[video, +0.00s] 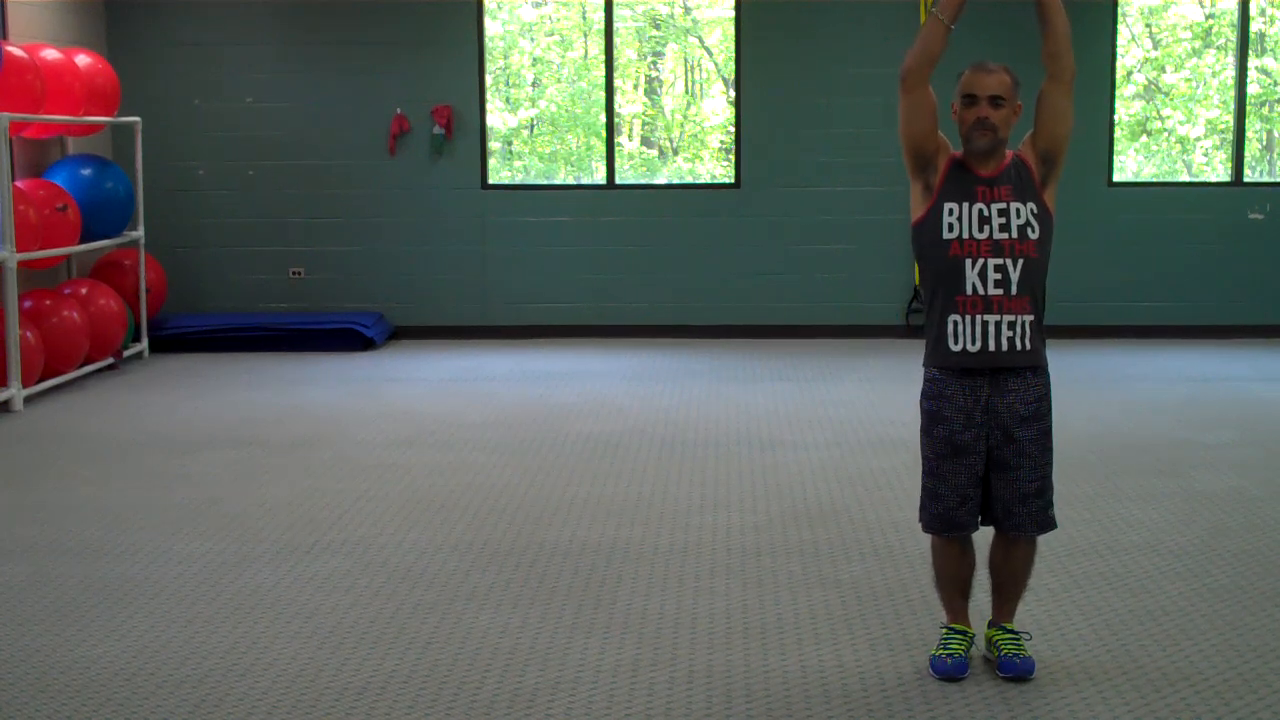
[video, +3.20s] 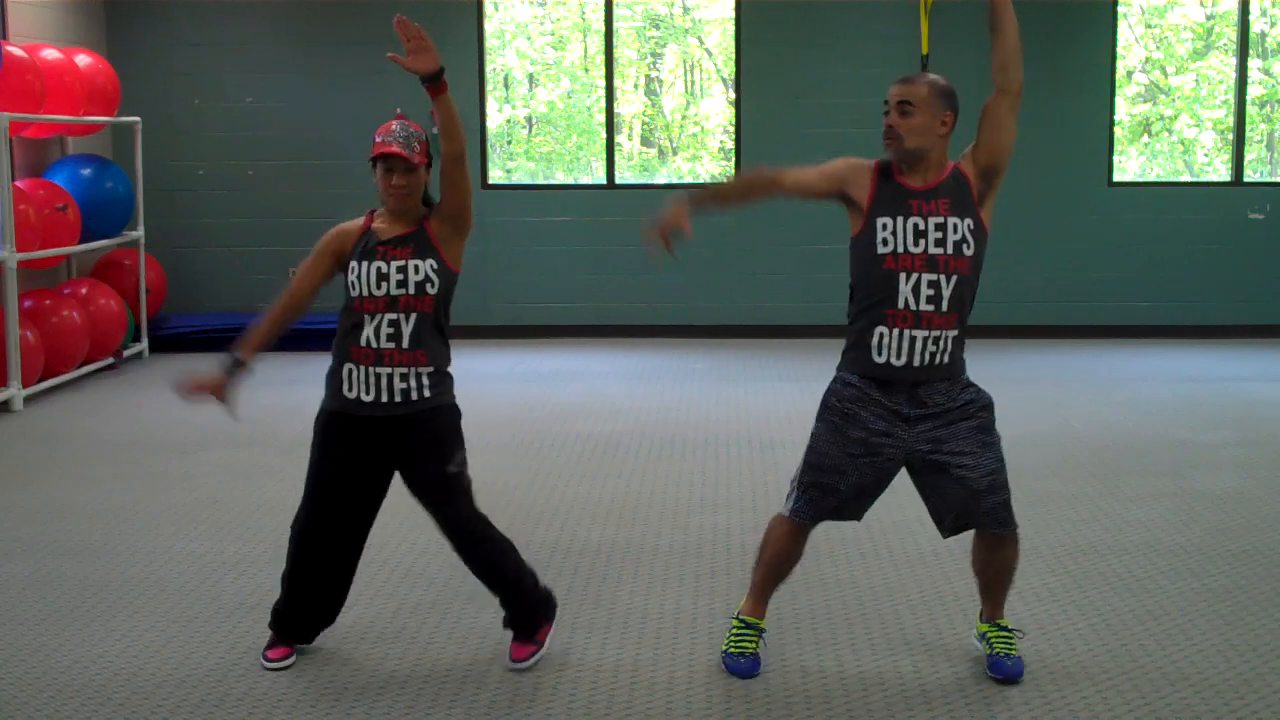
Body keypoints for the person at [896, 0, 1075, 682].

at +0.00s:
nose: (983, 112)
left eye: (997, 102)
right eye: (972, 101)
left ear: (1017, 113)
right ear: (955, 111)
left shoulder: (1036, 172)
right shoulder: (932, 173)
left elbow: (1061, 73)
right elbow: (912, 77)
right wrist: (949, 6)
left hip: (1021, 382)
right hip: (951, 382)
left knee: (1019, 518)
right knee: (949, 518)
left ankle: (1004, 628)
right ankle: (955, 629)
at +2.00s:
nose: (985, 107)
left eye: (997, 97)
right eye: (972, 97)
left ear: (1014, 108)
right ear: (952, 108)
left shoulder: (1034, 171)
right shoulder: (929, 172)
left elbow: (1052, 75)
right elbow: (922, 74)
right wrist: (953, 5)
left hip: (1019, 381)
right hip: (950, 382)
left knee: (1018, 517)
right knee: (949, 518)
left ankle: (1004, 628)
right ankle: (956, 628)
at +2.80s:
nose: (965, 126)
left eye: (978, 116)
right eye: (953, 115)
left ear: (996, 132)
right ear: (935, 131)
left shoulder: (1020, 189)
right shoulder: (918, 190)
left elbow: (1050, 95)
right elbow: (887, 101)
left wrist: (1028, 6)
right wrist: (915, 16)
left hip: (1014, 403)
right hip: (937, 403)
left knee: (1024, 540)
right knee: (932, 527)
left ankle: (995, 629)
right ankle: (920, 616)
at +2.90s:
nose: (945, 125)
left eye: (960, 112)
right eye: (937, 113)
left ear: (991, 121)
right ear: (925, 124)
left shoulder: (1013, 181)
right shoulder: (911, 178)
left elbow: (1037, 83)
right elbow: (867, 94)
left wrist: (1025, 3)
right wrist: (828, 18)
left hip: (1003, 398)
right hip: (923, 394)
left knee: (1019, 531)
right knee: (880, 514)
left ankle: (993, 630)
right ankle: (833, 617)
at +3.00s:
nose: (921, 117)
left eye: (936, 106)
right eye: (915, 107)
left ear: (974, 116)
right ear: (911, 117)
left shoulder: (1003, 171)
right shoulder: (895, 169)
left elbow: (1026, 77)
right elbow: (822, 105)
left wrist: (1016, 1)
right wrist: (756, 53)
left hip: (984, 394)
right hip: (902, 390)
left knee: (1004, 525)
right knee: (840, 504)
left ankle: (992, 631)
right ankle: (769, 609)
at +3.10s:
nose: (903, 117)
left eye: (919, 106)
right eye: (901, 106)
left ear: (960, 118)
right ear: (899, 116)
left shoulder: (987, 178)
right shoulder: (877, 172)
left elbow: (1014, 79)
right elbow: (793, 140)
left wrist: (1007, 2)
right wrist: (715, 119)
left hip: (960, 395)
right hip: (878, 392)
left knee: (997, 524)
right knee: (814, 510)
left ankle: (991, 629)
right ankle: (756, 615)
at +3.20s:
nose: (890, 120)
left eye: (906, 110)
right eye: (888, 110)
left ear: (947, 121)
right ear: (888, 120)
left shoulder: (976, 182)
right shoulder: (859, 178)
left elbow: (1009, 88)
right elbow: (772, 181)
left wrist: (1001, 4)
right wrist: (692, 199)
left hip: (947, 397)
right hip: (863, 395)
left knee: (999, 524)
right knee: (801, 513)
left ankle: (994, 623)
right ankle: (750, 617)